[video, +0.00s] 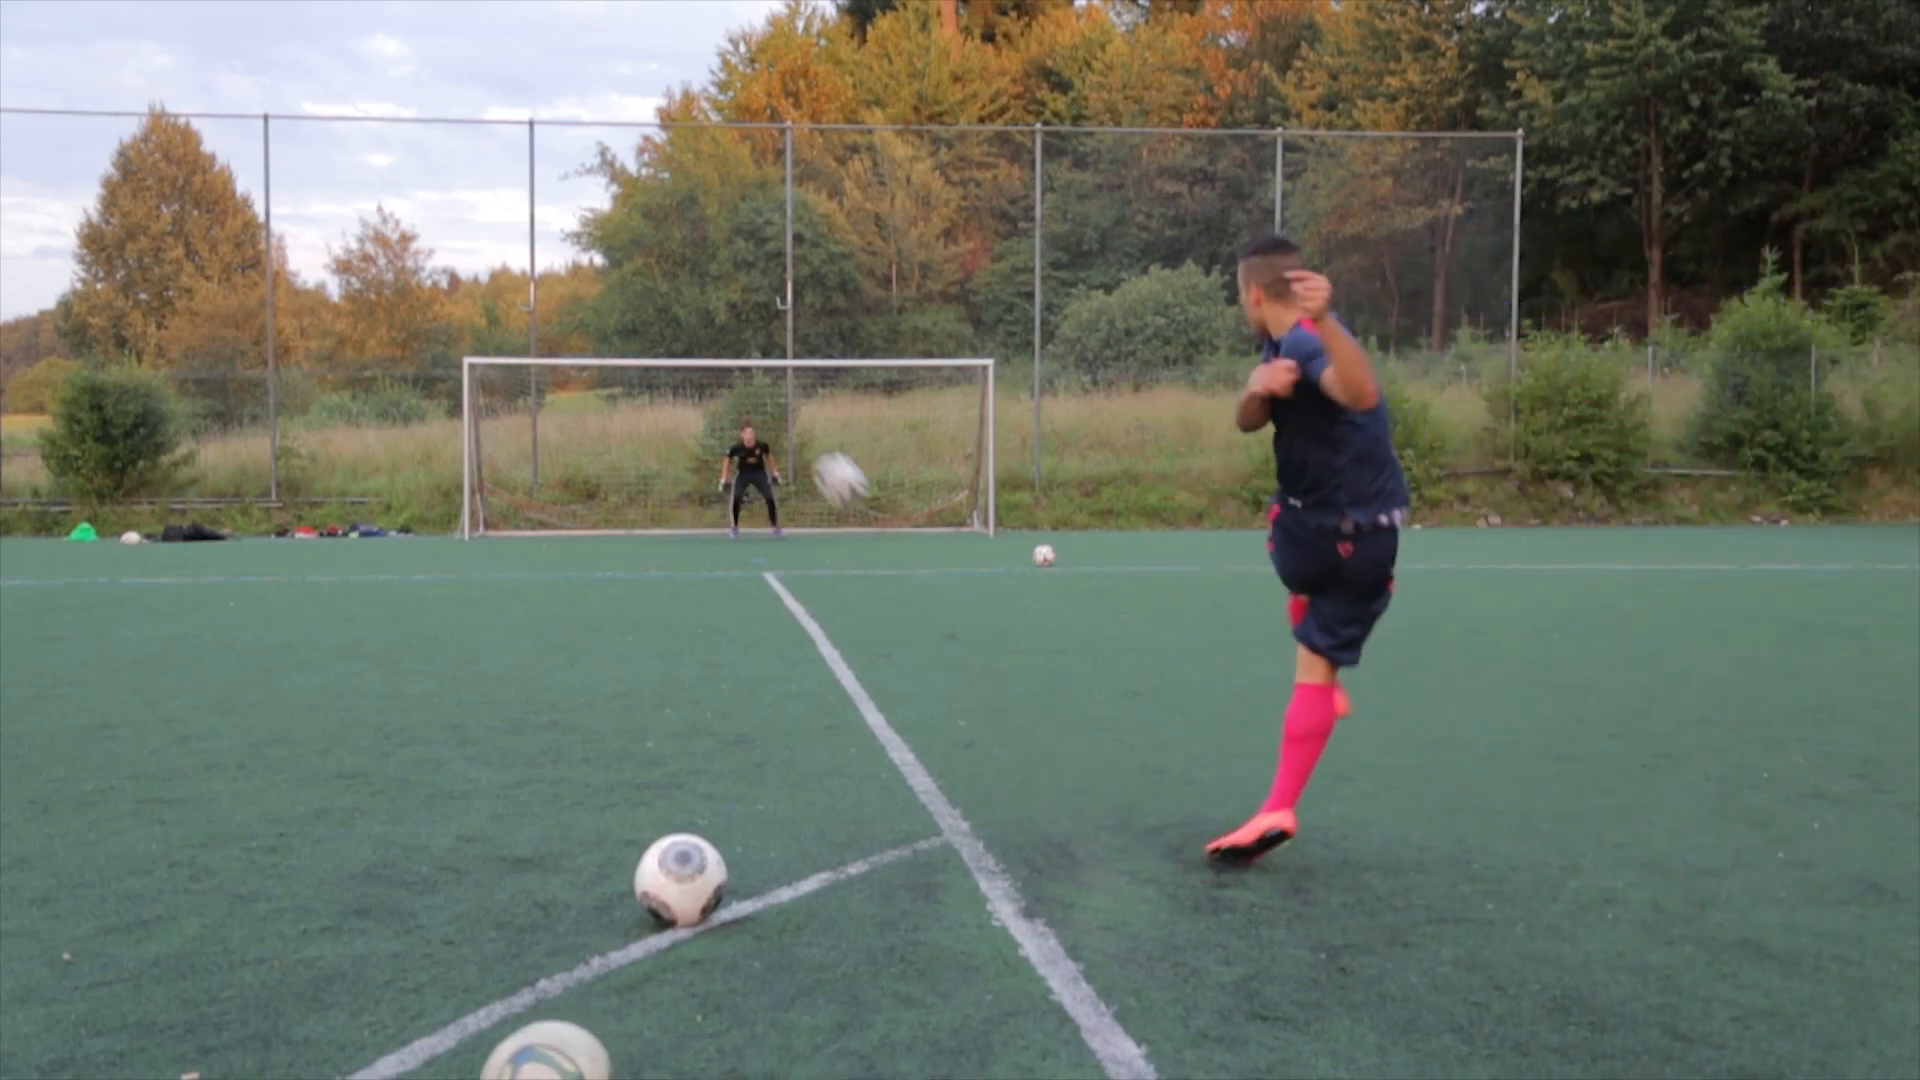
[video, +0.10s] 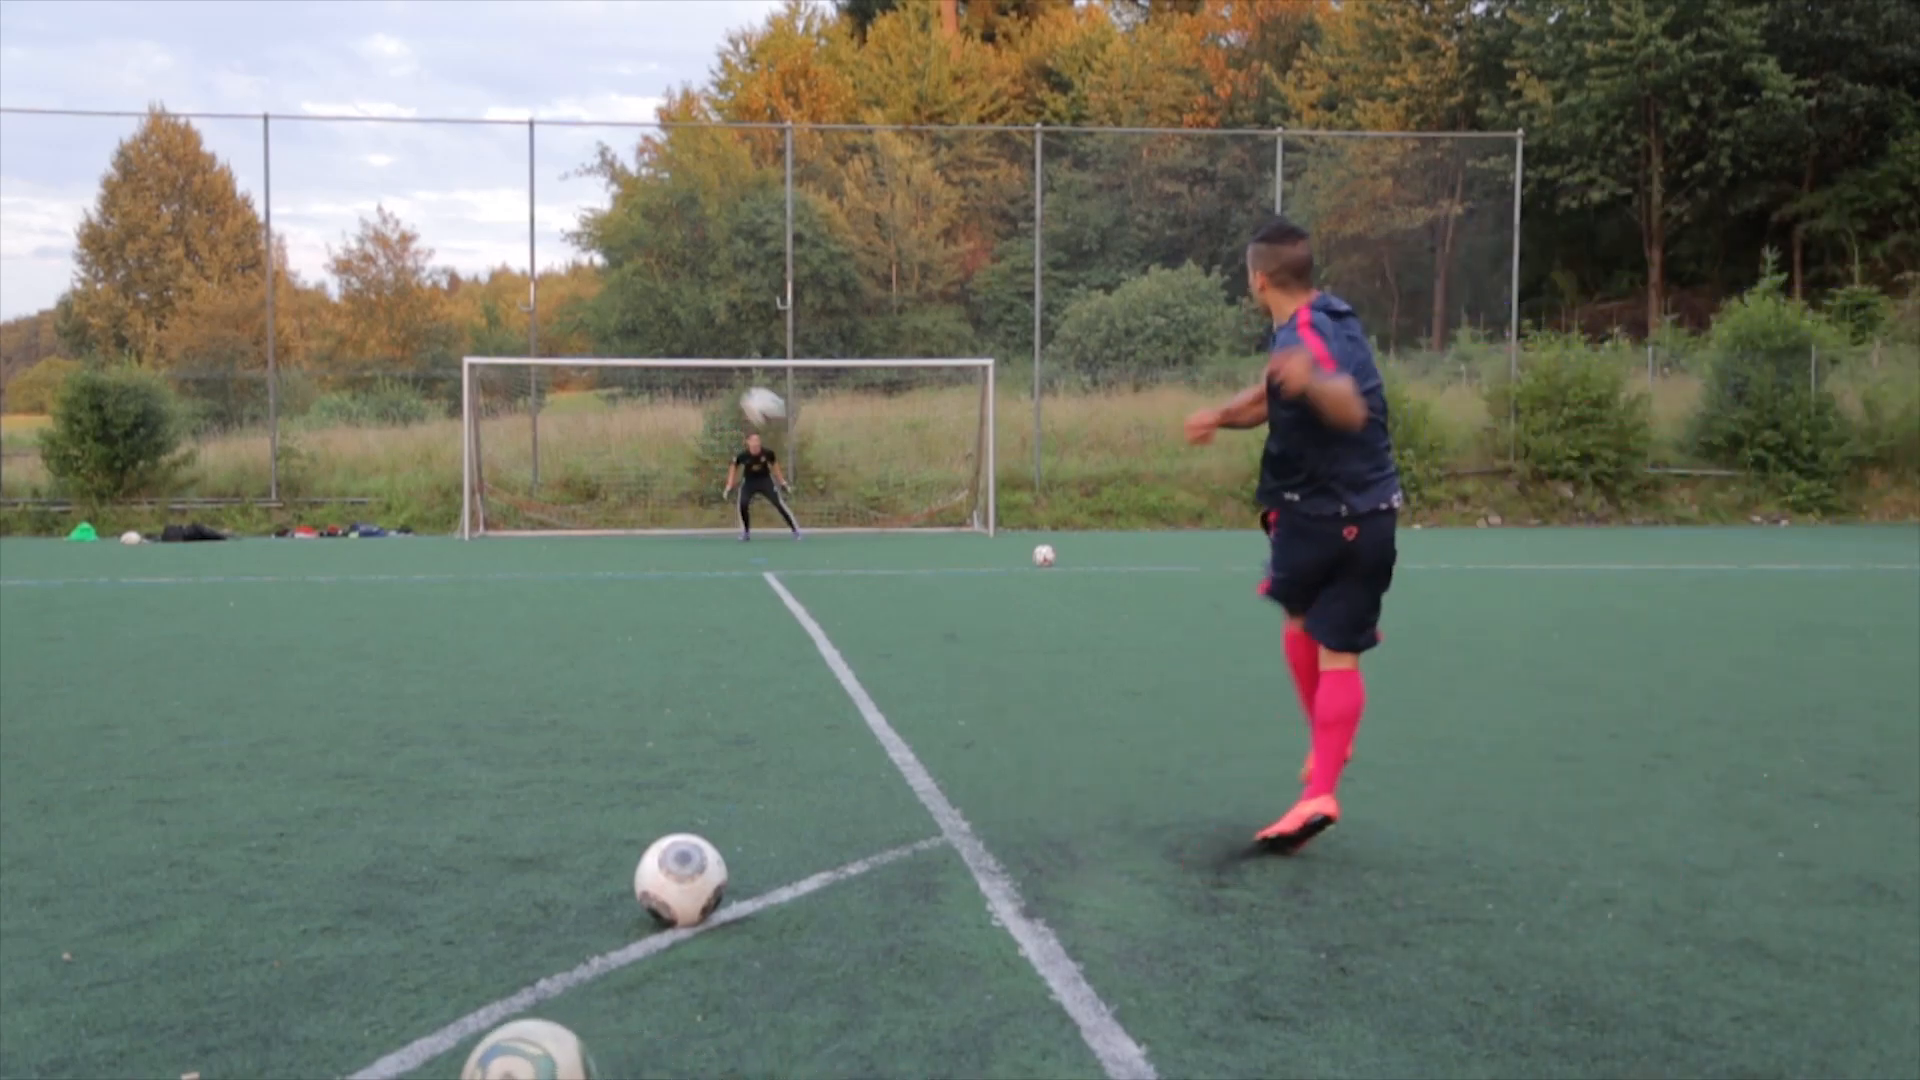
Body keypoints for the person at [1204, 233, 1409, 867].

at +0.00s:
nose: (1245, 310)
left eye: (1246, 297)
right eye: (1245, 298)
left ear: (1264, 296)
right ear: (1292, 288)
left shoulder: (1313, 343)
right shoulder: (1288, 353)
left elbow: (1363, 393)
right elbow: (1246, 423)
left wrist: (1326, 319)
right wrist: (1259, 391)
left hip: (1313, 524)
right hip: (1371, 528)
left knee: (1300, 588)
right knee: (1316, 660)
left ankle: (1327, 689)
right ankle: (1280, 806)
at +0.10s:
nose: (1251, 289)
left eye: (1251, 280)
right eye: (1253, 280)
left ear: (1259, 283)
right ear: (1308, 275)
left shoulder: (1301, 337)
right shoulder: (1331, 321)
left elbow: (1352, 411)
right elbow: (1279, 394)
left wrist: (1308, 380)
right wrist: (1221, 416)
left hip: (1314, 517)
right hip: (1371, 517)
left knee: (1300, 622)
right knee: (1340, 655)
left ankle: (1323, 751)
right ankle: (1320, 792)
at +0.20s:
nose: (1261, 304)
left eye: (1261, 295)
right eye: (1264, 294)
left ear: (1269, 301)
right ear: (1318, 292)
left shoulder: (1295, 368)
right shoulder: (1356, 341)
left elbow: (1287, 471)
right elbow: (1318, 411)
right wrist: (1243, 428)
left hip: (1315, 536)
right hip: (1378, 532)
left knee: (1276, 661)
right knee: (1348, 663)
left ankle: (1271, 802)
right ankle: (1339, 802)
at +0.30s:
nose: (1276, 325)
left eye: (1277, 317)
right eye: (1280, 316)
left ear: (1284, 325)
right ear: (1335, 318)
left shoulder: (1293, 406)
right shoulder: (1379, 377)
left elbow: (1254, 510)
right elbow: (1371, 457)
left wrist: (1168, 554)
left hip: (1318, 559)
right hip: (1382, 558)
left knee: (1264, 678)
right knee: (1354, 673)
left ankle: (1268, 809)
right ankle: (1336, 781)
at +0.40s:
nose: (1304, 320)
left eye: (1305, 312)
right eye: (1309, 311)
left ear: (1312, 318)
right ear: (1359, 313)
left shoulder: (1303, 394)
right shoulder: (1410, 376)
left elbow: (1260, 498)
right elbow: (1428, 469)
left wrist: (1221, 543)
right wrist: (1376, 488)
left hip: (1331, 555)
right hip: (1398, 556)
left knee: (1275, 670)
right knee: (1383, 662)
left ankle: (1270, 805)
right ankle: (1384, 773)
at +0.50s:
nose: (1341, 303)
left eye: (1342, 297)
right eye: (1346, 295)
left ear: (1349, 301)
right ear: (1400, 298)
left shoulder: (1328, 373)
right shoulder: (1449, 368)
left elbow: (1295, 475)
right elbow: (1475, 465)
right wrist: (1450, 515)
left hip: (1351, 546)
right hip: (1424, 546)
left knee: (1300, 662)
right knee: (1436, 661)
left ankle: (1272, 797)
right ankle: (1470, 788)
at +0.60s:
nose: (1385, 298)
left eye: (1386, 290)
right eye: (1391, 290)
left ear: (1394, 295)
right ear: (1444, 296)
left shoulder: (1367, 369)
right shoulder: (1490, 366)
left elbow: (1334, 465)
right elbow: (1524, 464)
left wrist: (1376, 455)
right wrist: (1512, 514)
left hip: (1386, 547)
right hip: (1461, 550)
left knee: (1330, 666)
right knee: (1487, 677)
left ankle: (1282, 792)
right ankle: (1524, 817)